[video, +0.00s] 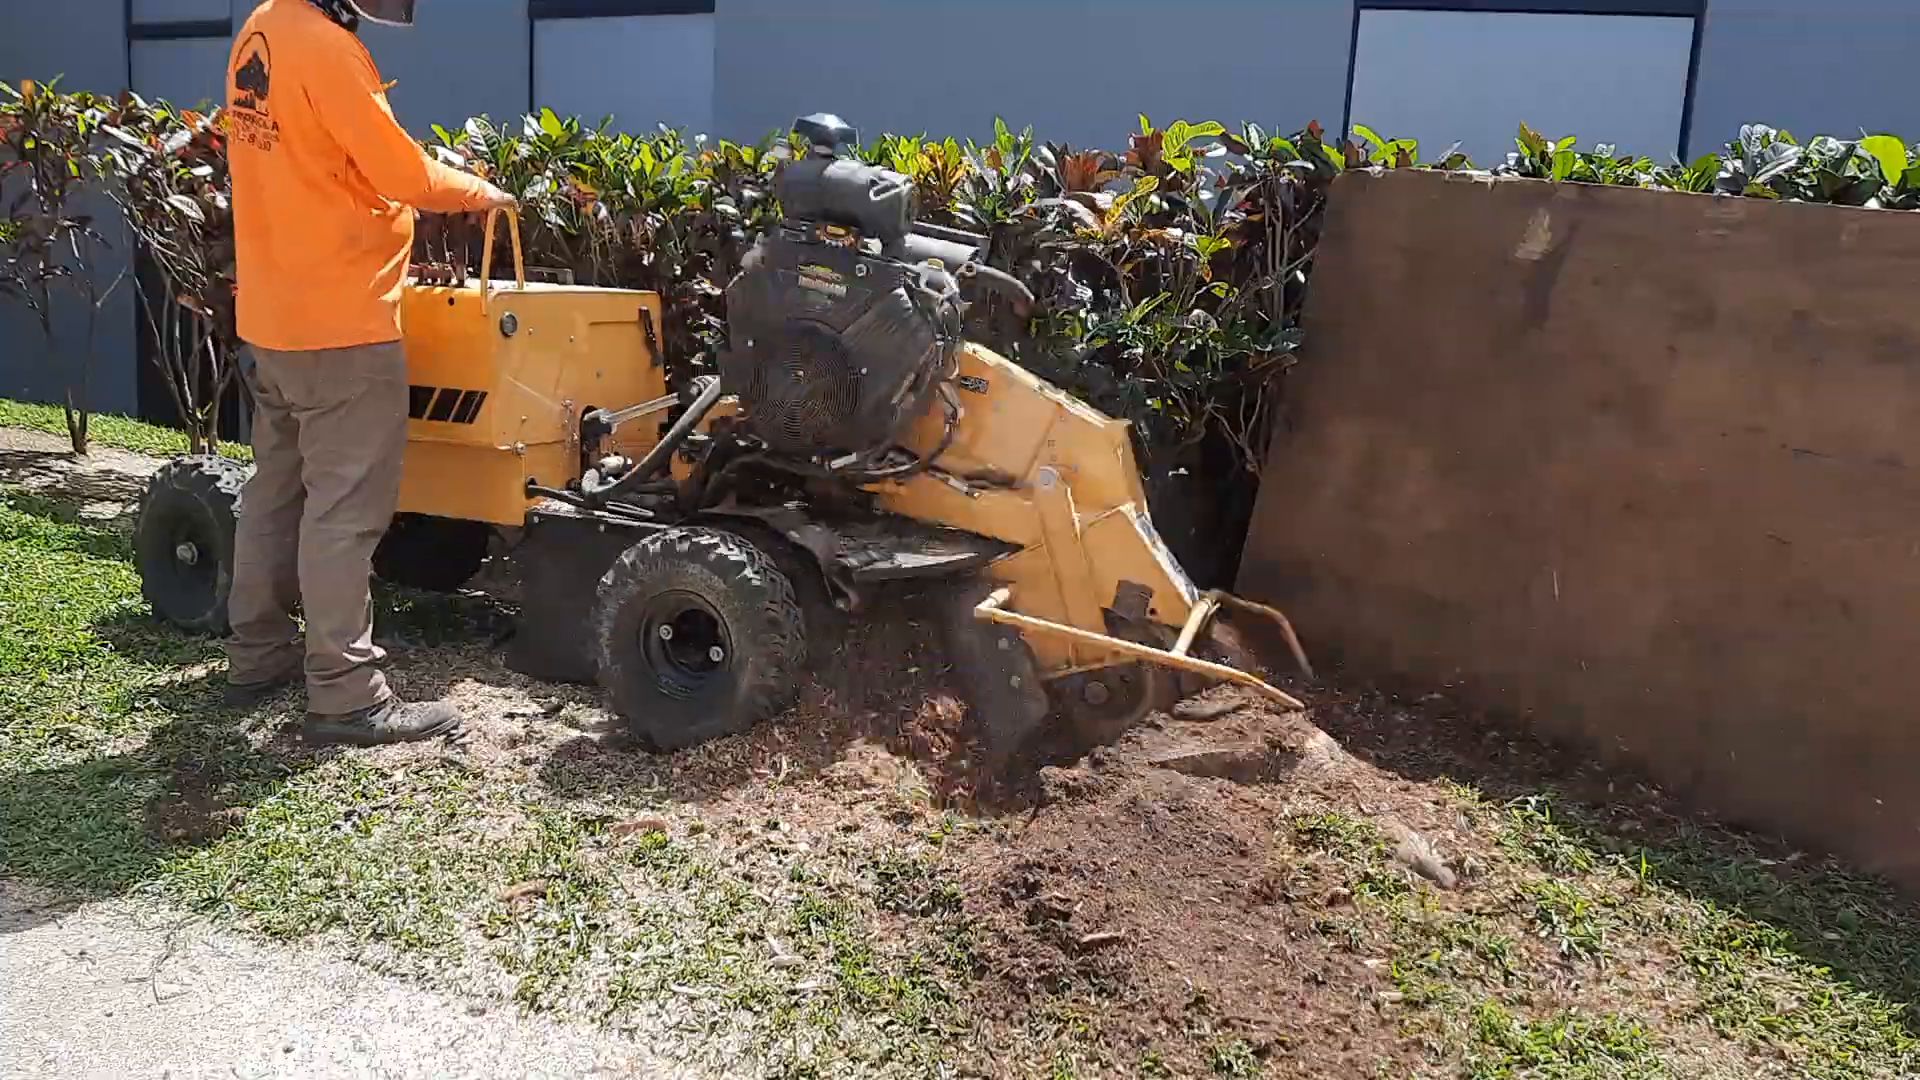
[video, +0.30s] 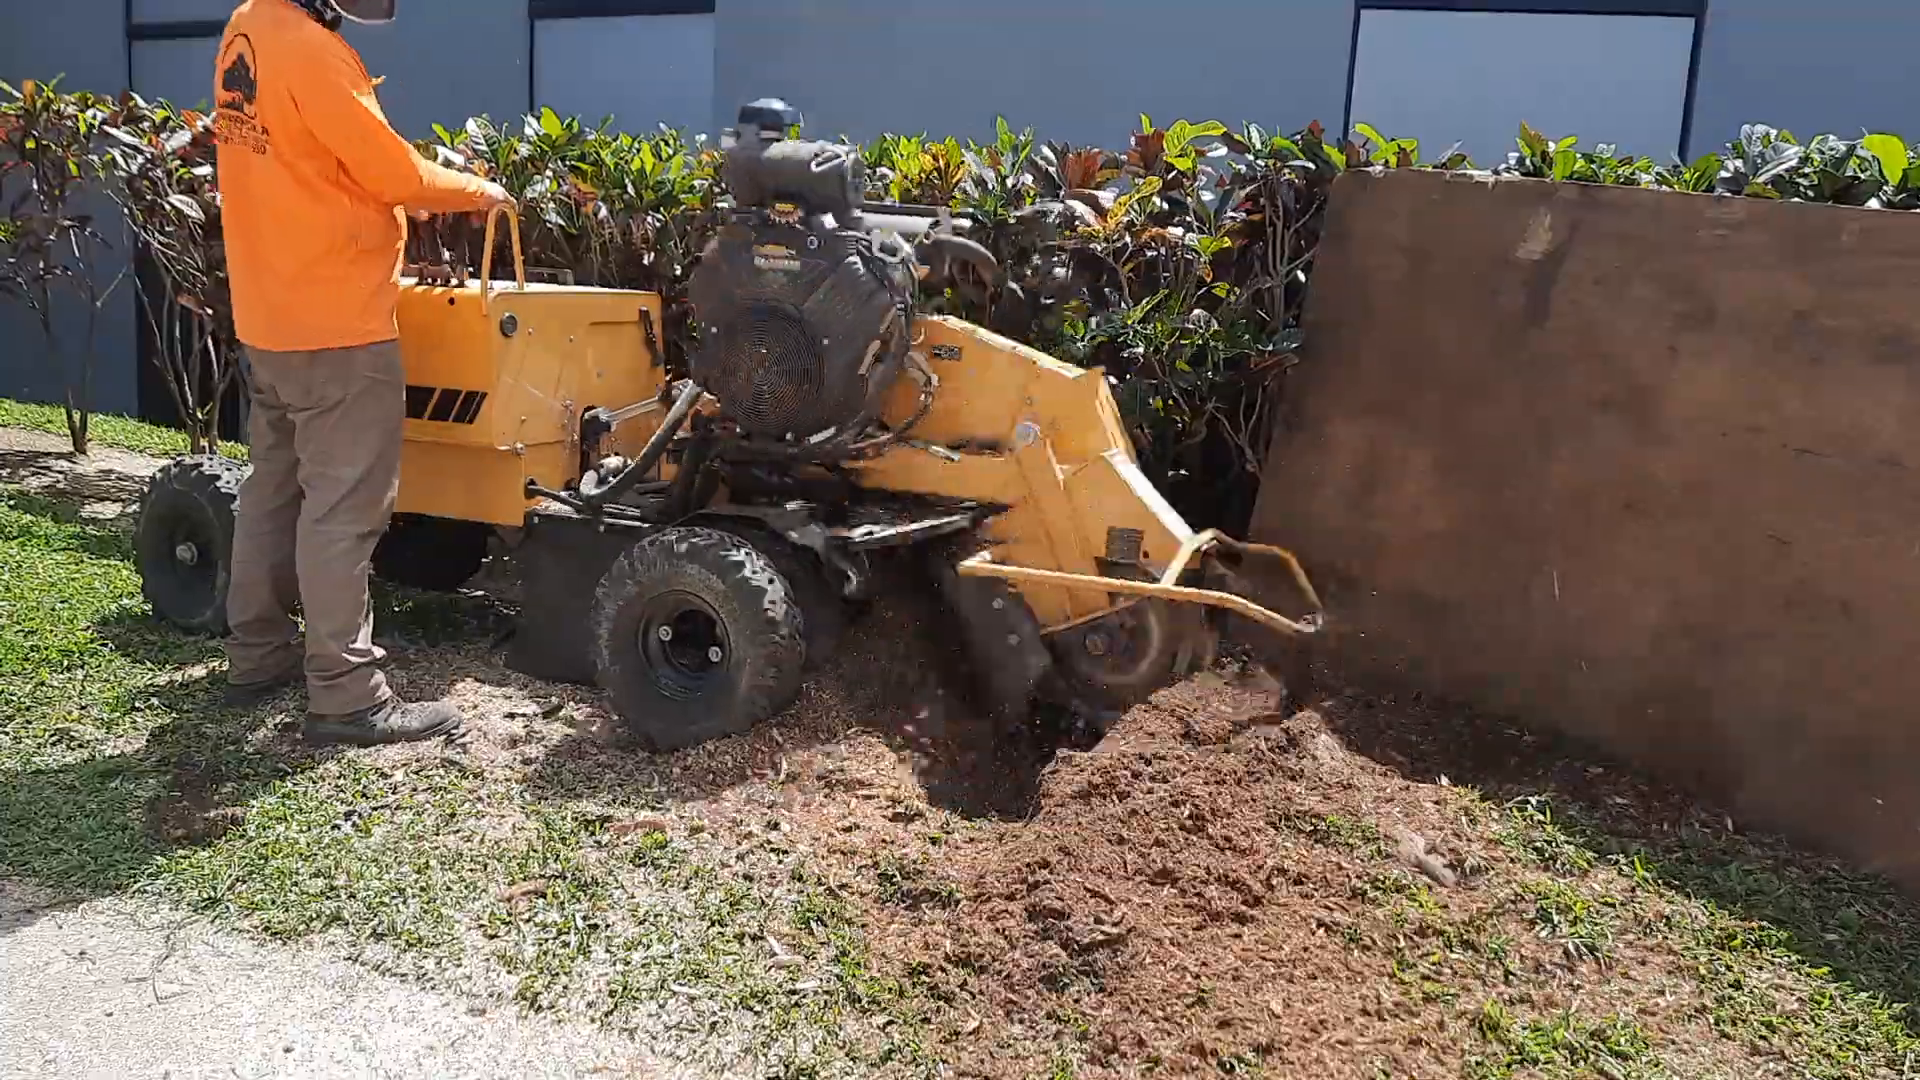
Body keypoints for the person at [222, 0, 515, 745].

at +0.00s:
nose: (397, 12)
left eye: (397, 6)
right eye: (394, 3)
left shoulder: (260, 28)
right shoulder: (329, 49)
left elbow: (321, 161)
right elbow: (404, 176)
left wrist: (438, 176)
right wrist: (475, 191)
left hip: (272, 322)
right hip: (341, 326)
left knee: (275, 492)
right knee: (347, 505)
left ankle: (257, 657)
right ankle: (343, 693)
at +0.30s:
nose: (386, 9)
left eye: (386, 3)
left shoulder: (248, 29)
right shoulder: (312, 51)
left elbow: (315, 161)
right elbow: (394, 173)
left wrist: (432, 178)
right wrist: (475, 190)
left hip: (268, 323)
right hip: (336, 326)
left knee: (272, 491)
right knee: (345, 503)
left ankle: (258, 657)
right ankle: (345, 694)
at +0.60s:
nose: (416, 12)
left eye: (416, 7)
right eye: (413, 4)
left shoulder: (279, 25)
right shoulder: (345, 48)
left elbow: (342, 162)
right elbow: (413, 183)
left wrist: (444, 188)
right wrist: (472, 191)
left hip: (314, 311)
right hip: (357, 318)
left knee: (375, 482)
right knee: (344, 502)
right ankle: (323, 695)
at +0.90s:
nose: (400, 13)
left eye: (402, 6)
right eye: (399, 2)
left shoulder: (274, 23)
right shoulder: (331, 51)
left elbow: (346, 165)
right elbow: (408, 180)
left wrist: (437, 191)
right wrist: (472, 185)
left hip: (307, 317)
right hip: (351, 324)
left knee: (368, 489)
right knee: (342, 509)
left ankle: (412, 633)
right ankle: (322, 695)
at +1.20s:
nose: (435, 14)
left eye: (435, 8)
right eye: (431, 5)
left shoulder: (339, 30)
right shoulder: (342, 39)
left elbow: (390, 168)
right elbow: (406, 182)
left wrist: (482, 189)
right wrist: (498, 196)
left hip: (329, 288)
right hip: (360, 280)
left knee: (329, 486)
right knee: (547, 326)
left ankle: (298, 665)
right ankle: (650, 510)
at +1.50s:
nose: (500, 19)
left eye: (504, 11)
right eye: (499, 8)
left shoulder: (326, 28)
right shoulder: (445, 55)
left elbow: (296, 155)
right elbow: (502, 189)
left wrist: (412, 154)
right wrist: (525, 182)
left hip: (341, 319)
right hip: (414, 331)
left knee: (370, 502)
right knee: (397, 518)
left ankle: (301, 665)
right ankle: (372, 706)